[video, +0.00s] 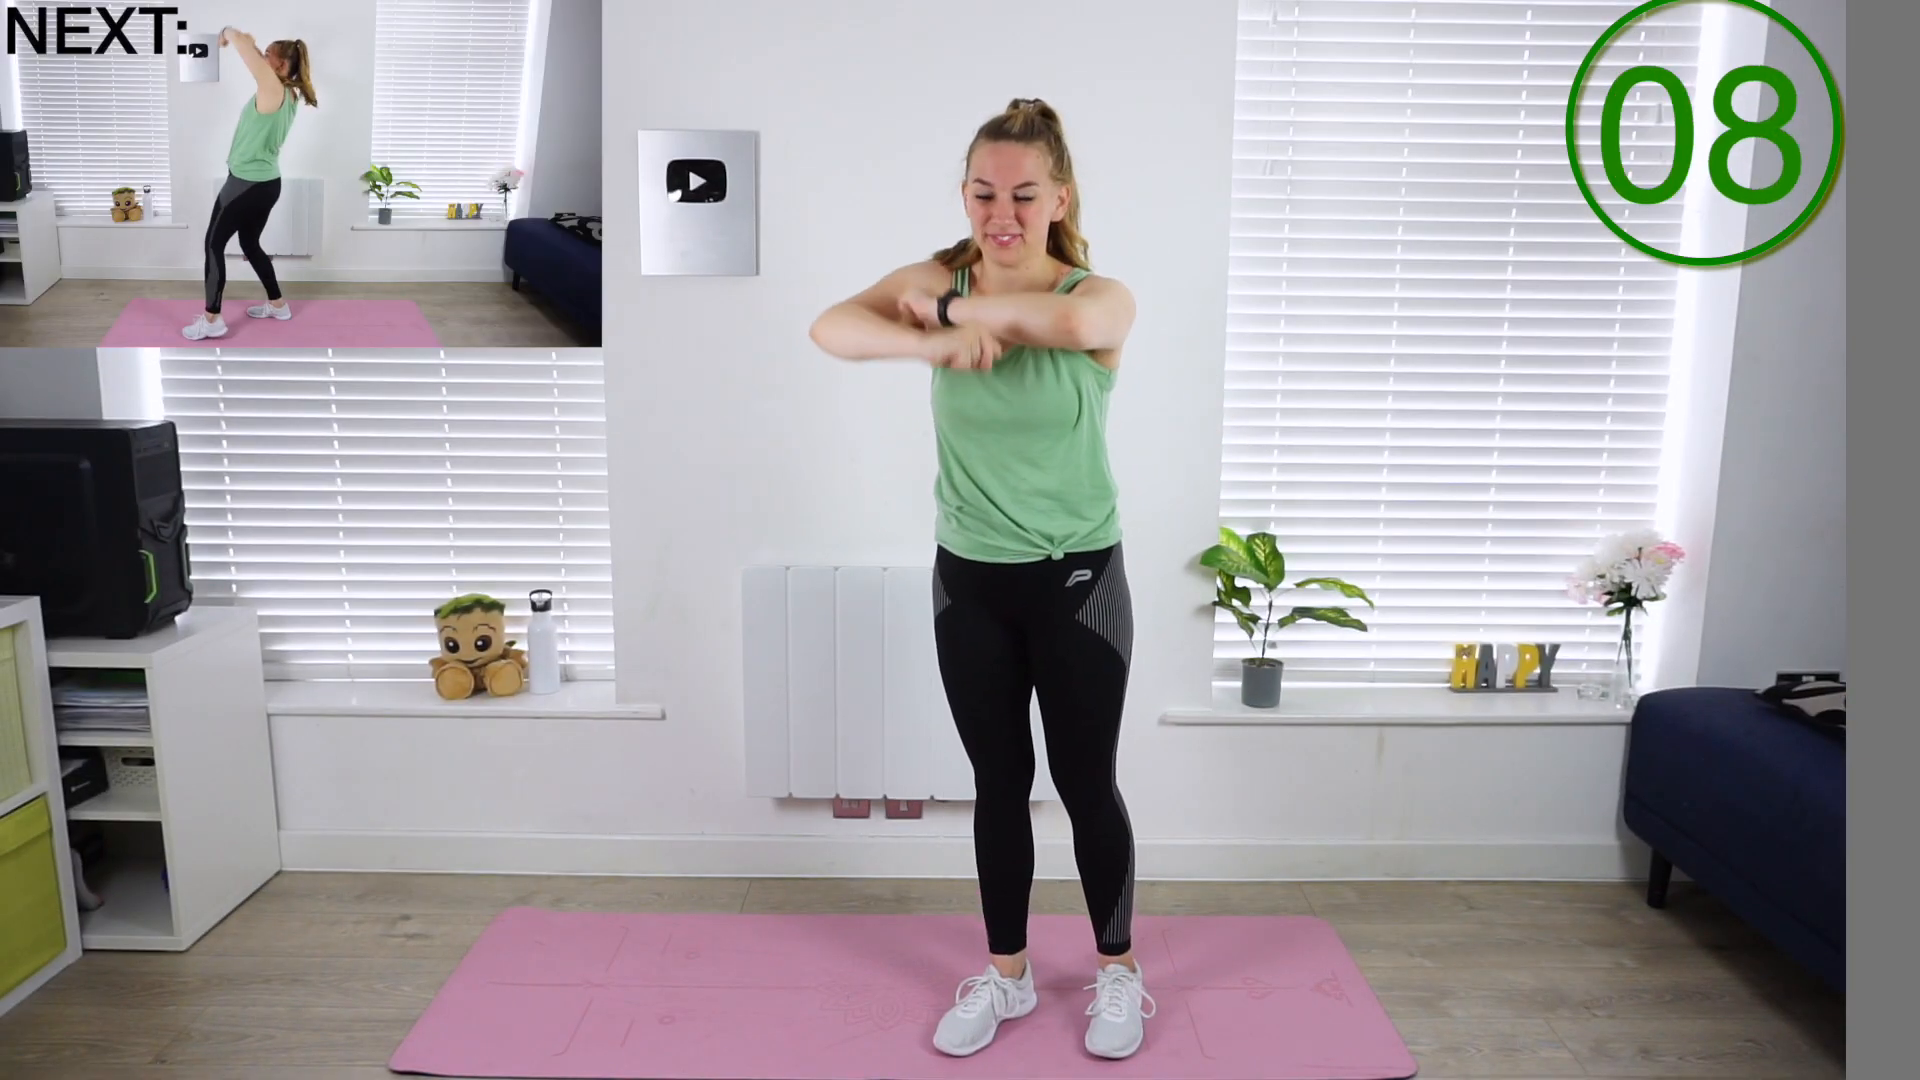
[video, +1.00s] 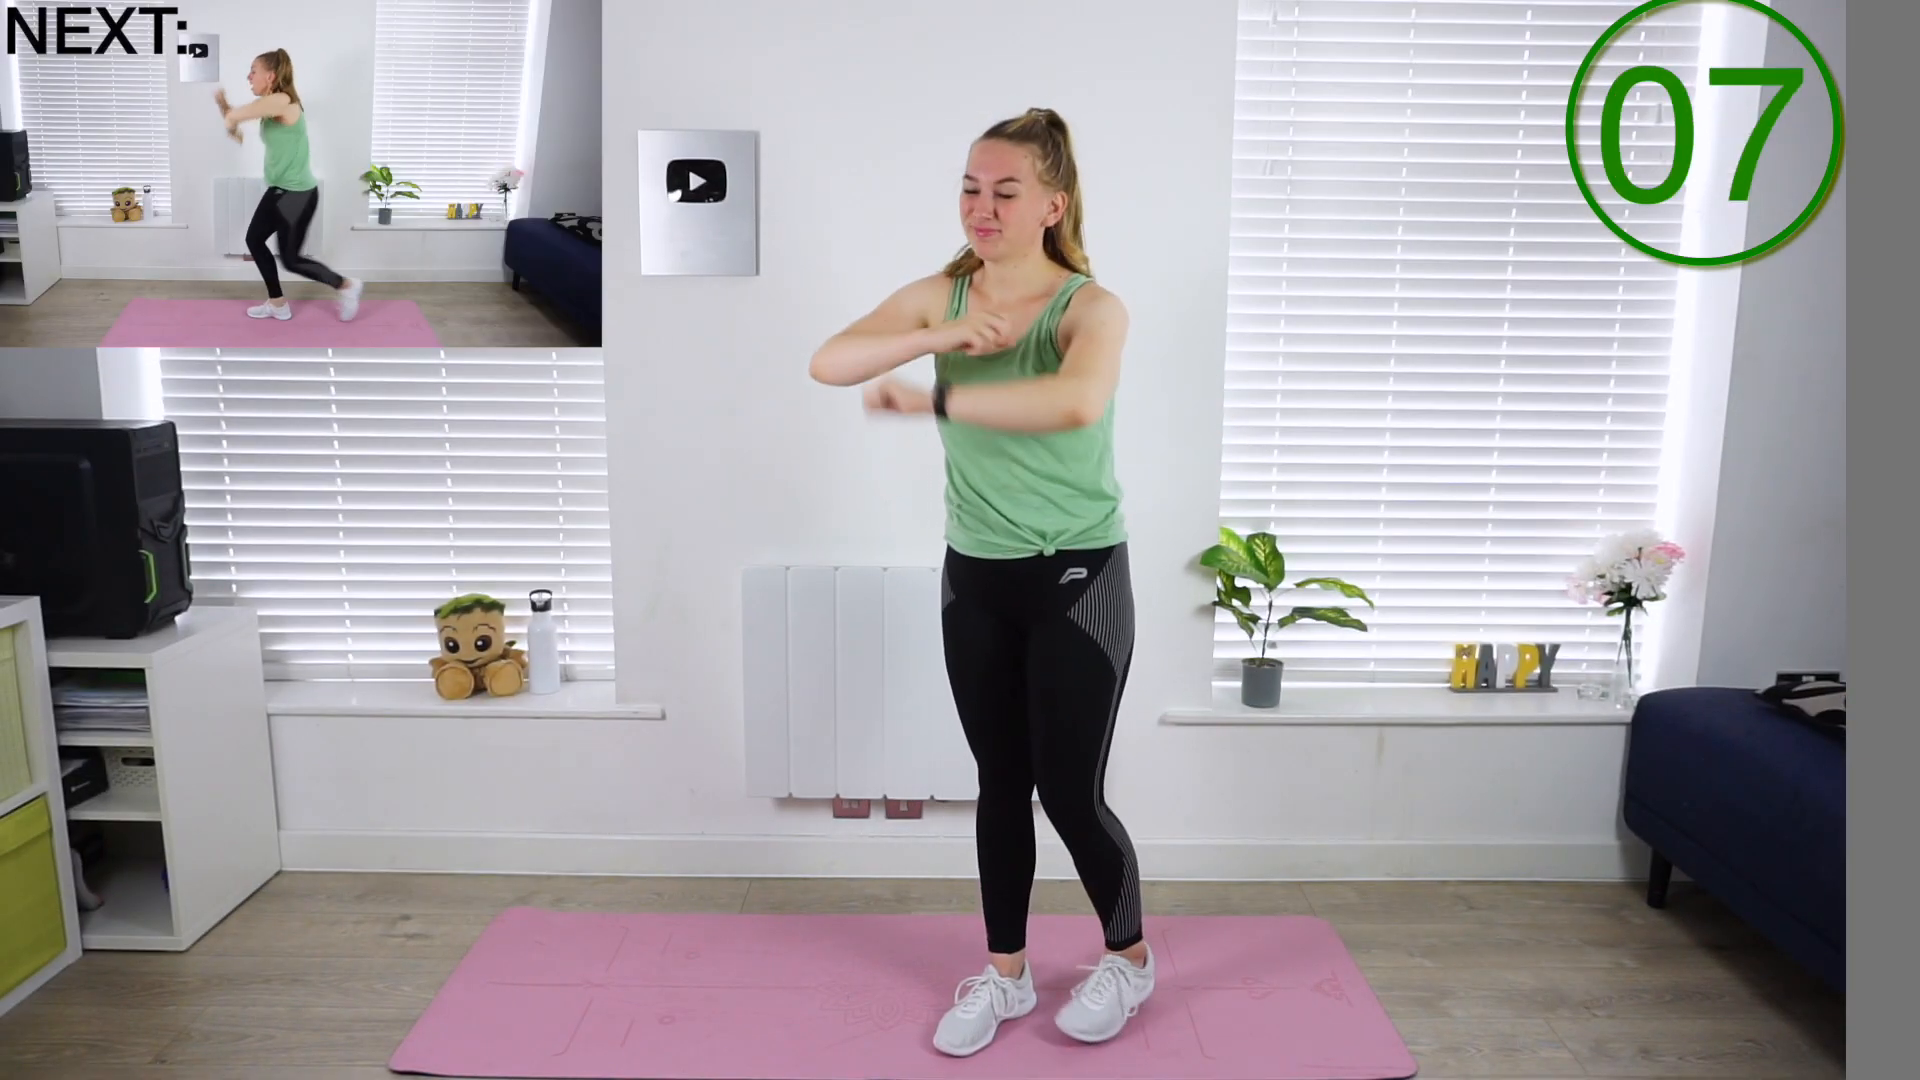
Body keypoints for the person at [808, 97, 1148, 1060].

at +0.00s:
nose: (1001, 215)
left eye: (1023, 195)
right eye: (984, 193)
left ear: (1062, 201)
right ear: (965, 196)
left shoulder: (1098, 293)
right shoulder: (940, 276)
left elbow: (1079, 328)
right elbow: (831, 328)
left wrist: (959, 307)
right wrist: (932, 345)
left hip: (1078, 577)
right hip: (969, 575)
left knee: (1087, 783)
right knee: (999, 783)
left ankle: (1116, 969)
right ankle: (1007, 972)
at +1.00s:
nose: (982, 207)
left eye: (1004, 190)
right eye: (972, 190)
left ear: (1056, 203)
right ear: (961, 199)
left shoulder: (1092, 308)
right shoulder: (941, 295)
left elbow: (1081, 403)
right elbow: (830, 361)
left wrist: (933, 401)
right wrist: (948, 331)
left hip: (1079, 576)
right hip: (976, 573)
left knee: (1069, 789)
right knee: (1001, 782)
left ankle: (1127, 959)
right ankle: (1006, 970)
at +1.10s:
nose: (978, 211)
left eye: (999, 195)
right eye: (972, 193)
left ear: (1059, 204)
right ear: (967, 198)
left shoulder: (1100, 311)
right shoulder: (959, 303)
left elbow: (1098, 444)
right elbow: (853, 394)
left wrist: (960, 478)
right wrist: (884, 374)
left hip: (1082, 576)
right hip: (985, 573)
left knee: (1067, 789)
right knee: (1005, 782)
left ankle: (1138, 953)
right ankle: (1007, 970)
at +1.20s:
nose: (981, 227)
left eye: (996, 210)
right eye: (977, 210)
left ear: (1061, 207)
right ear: (999, 214)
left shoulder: (1116, 317)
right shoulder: (985, 310)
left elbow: (1112, 469)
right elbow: (914, 412)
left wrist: (996, 548)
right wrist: (871, 448)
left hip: (1088, 585)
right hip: (998, 578)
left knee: (1072, 793)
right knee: (1012, 786)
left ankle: (1144, 963)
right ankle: (1007, 971)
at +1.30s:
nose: (991, 238)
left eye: (1001, 218)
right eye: (987, 220)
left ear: (1062, 209)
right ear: (1040, 215)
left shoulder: (1131, 321)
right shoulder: (1017, 308)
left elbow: (1105, 487)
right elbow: (969, 435)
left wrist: (1030, 603)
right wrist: (920, 526)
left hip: (1100, 583)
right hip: (1010, 571)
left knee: (1082, 782)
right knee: (1020, 779)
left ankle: (1144, 966)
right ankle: (1007, 970)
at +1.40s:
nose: (1001, 245)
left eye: (1008, 226)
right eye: (997, 228)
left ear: (1068, 213)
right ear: (1059, 217)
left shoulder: (1144, 324)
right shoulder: (1045, 308)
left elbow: (1114, 492)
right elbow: (1026, 455)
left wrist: (1067, 621)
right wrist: (986, 562)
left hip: (1116, 578)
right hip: (1031, 570)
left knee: (1099, 779)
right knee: (1030, 778)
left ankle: (1147, 966)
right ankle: (1007, 967)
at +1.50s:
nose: (1009, 253)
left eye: (1015, 234)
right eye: (1004, 236)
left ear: (1069, 220)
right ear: (1066, 223)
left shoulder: (1148, 328)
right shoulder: (1072, 307)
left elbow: (1136, 497)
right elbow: (1069, 459)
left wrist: (1106, 629)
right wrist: (1045, 568)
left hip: (1129, 577)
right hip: (1052, 569)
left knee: (1115, 777)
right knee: (1037, 777)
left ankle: (1146, 964)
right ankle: (1006, 962)